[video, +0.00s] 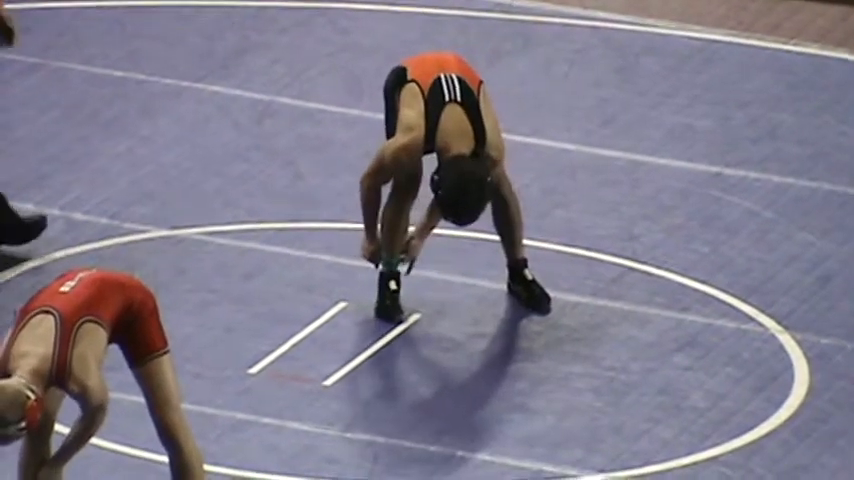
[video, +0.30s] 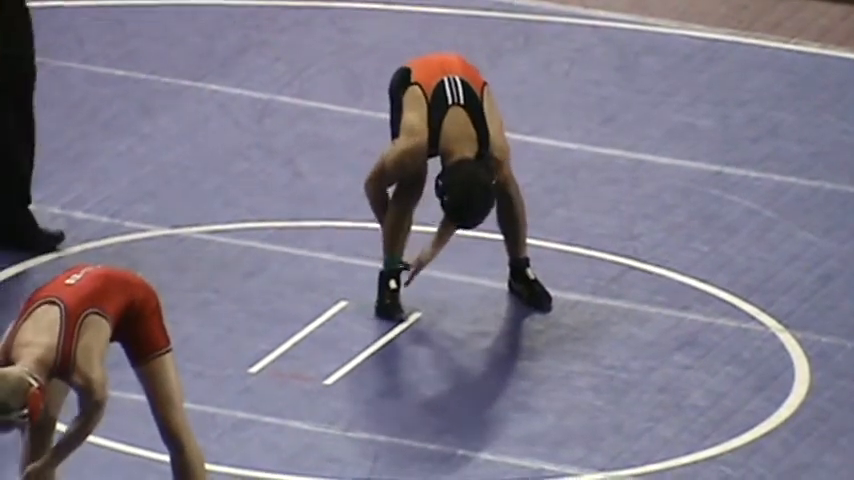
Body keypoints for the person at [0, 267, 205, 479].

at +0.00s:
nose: (19, 433)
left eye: (16, 430)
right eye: (13, 432)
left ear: (32, 407)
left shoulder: (82, 378)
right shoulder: (5, 363)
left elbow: (95, 413)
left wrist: (56, 464)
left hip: (127, 295)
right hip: (71, 286)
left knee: (170, 428)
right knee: (38, 432)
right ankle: (33, 473)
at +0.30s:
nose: (22, 426)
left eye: (22, 419)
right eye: (15, 423)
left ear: (34, 390)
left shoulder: (86, 372)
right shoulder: (6, 354)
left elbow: (90, 417)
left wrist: (48, 464)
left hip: (130, 292)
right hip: (74, 282)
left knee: (172, 428)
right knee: (42, 423)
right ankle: (31, 474)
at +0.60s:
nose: (27, 359)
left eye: (34, 350)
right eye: (19, 353)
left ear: (52, 334)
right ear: (10, 336)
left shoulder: (99, 327)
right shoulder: (16, 313)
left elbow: (104, 394)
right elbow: (31, 367)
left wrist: (63, 442)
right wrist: (39, 408)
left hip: (140, 290)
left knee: (172, 430)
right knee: (44, 421)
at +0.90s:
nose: (42, 244)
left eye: (48, 233)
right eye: (33, 235)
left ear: (65, 217)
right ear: (22, 231)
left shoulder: (115, 238)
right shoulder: (56, 231)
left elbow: (135, 320)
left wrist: (69, 346)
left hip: (154, 311)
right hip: (103, 307)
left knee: (175, 432)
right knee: (43, 409)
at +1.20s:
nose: (23, 159)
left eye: (27, 147)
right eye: (12, 152)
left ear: (41, 137)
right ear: (1, 152)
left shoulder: (72, 187)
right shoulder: (9, 185)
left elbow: (84, 280)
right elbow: (27, 245)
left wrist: (27, 321)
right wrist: (31, 311)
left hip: (104, 310)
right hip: (59, 308)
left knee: (122, 440)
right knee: (29, 422)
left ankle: (172, 472)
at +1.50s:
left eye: (0, 103)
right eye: (2, 104)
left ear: (5, 106)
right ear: (6, 106)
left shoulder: (17, 183)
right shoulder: (29, 150)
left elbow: (37, 268)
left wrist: (0, 295)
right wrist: (12, 280)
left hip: (31, 311)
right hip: (52, 299)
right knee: (33, 421)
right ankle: (50, 474)